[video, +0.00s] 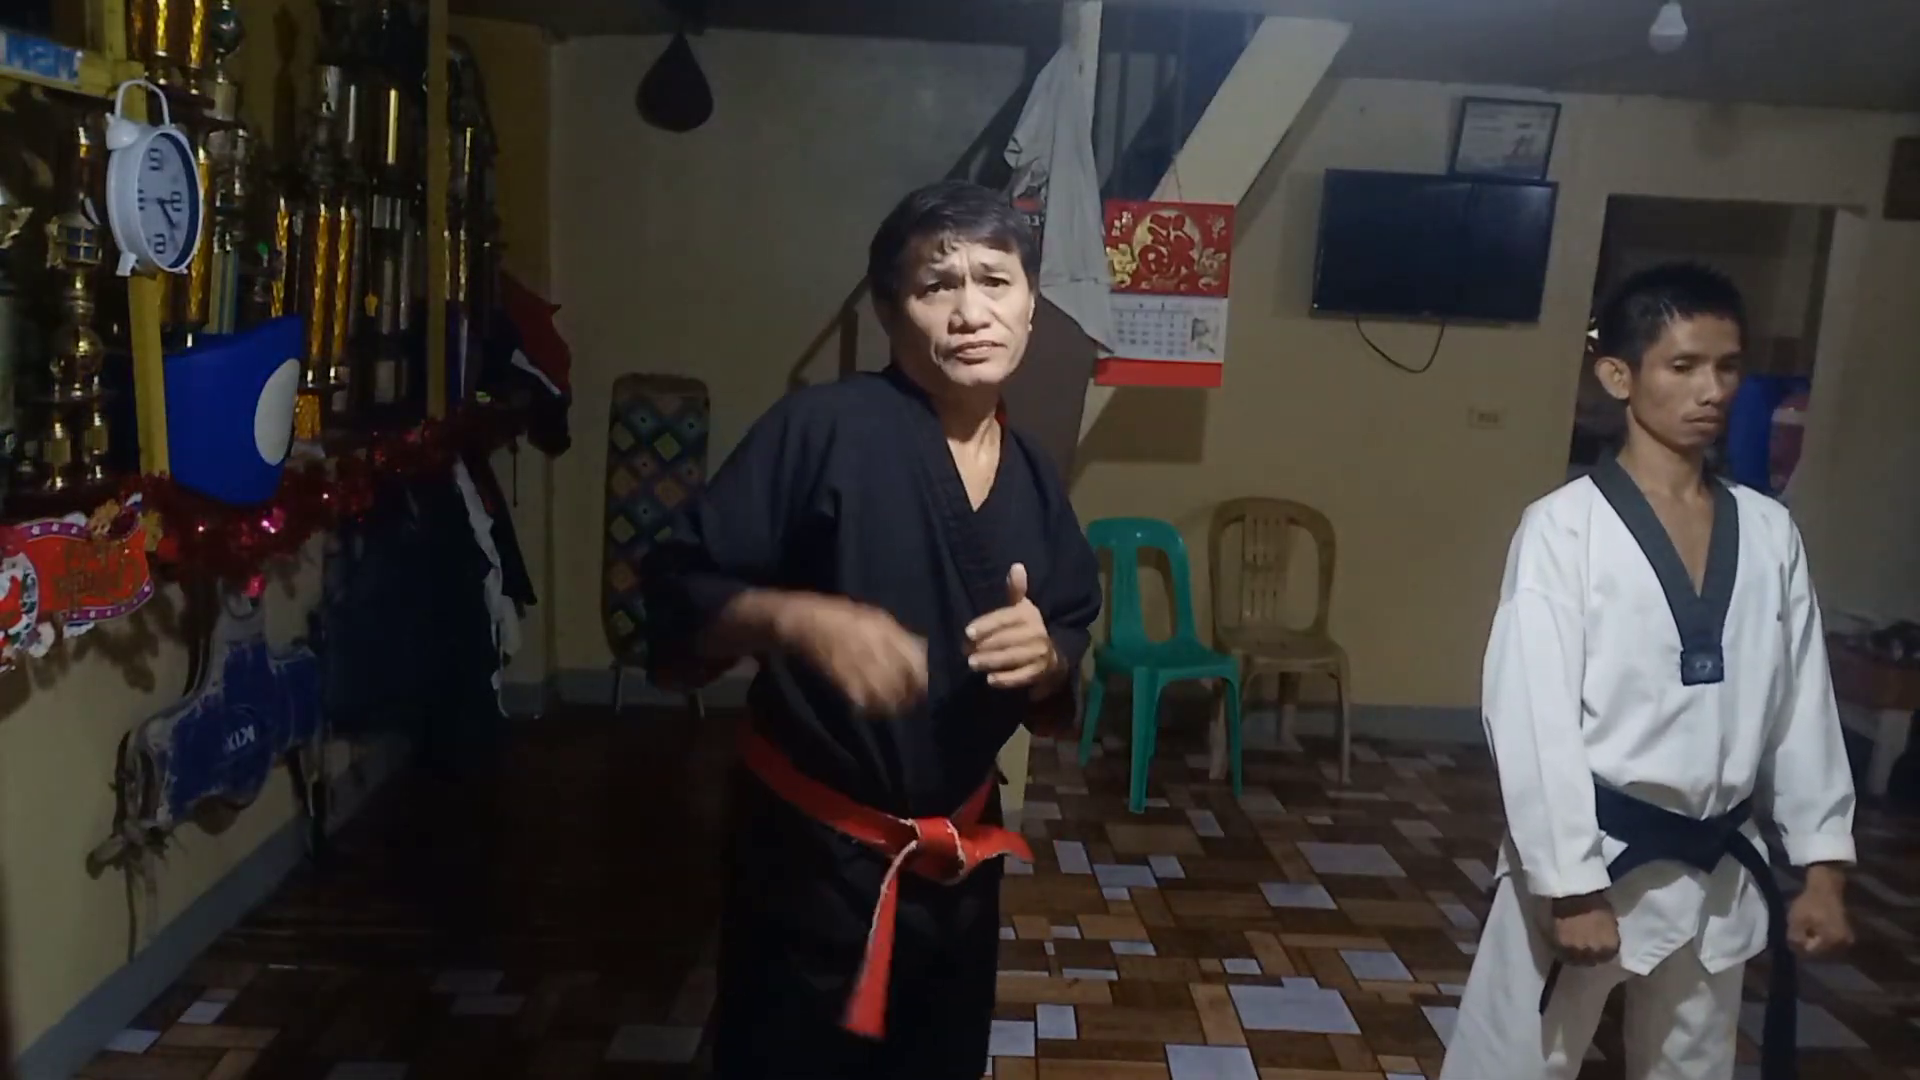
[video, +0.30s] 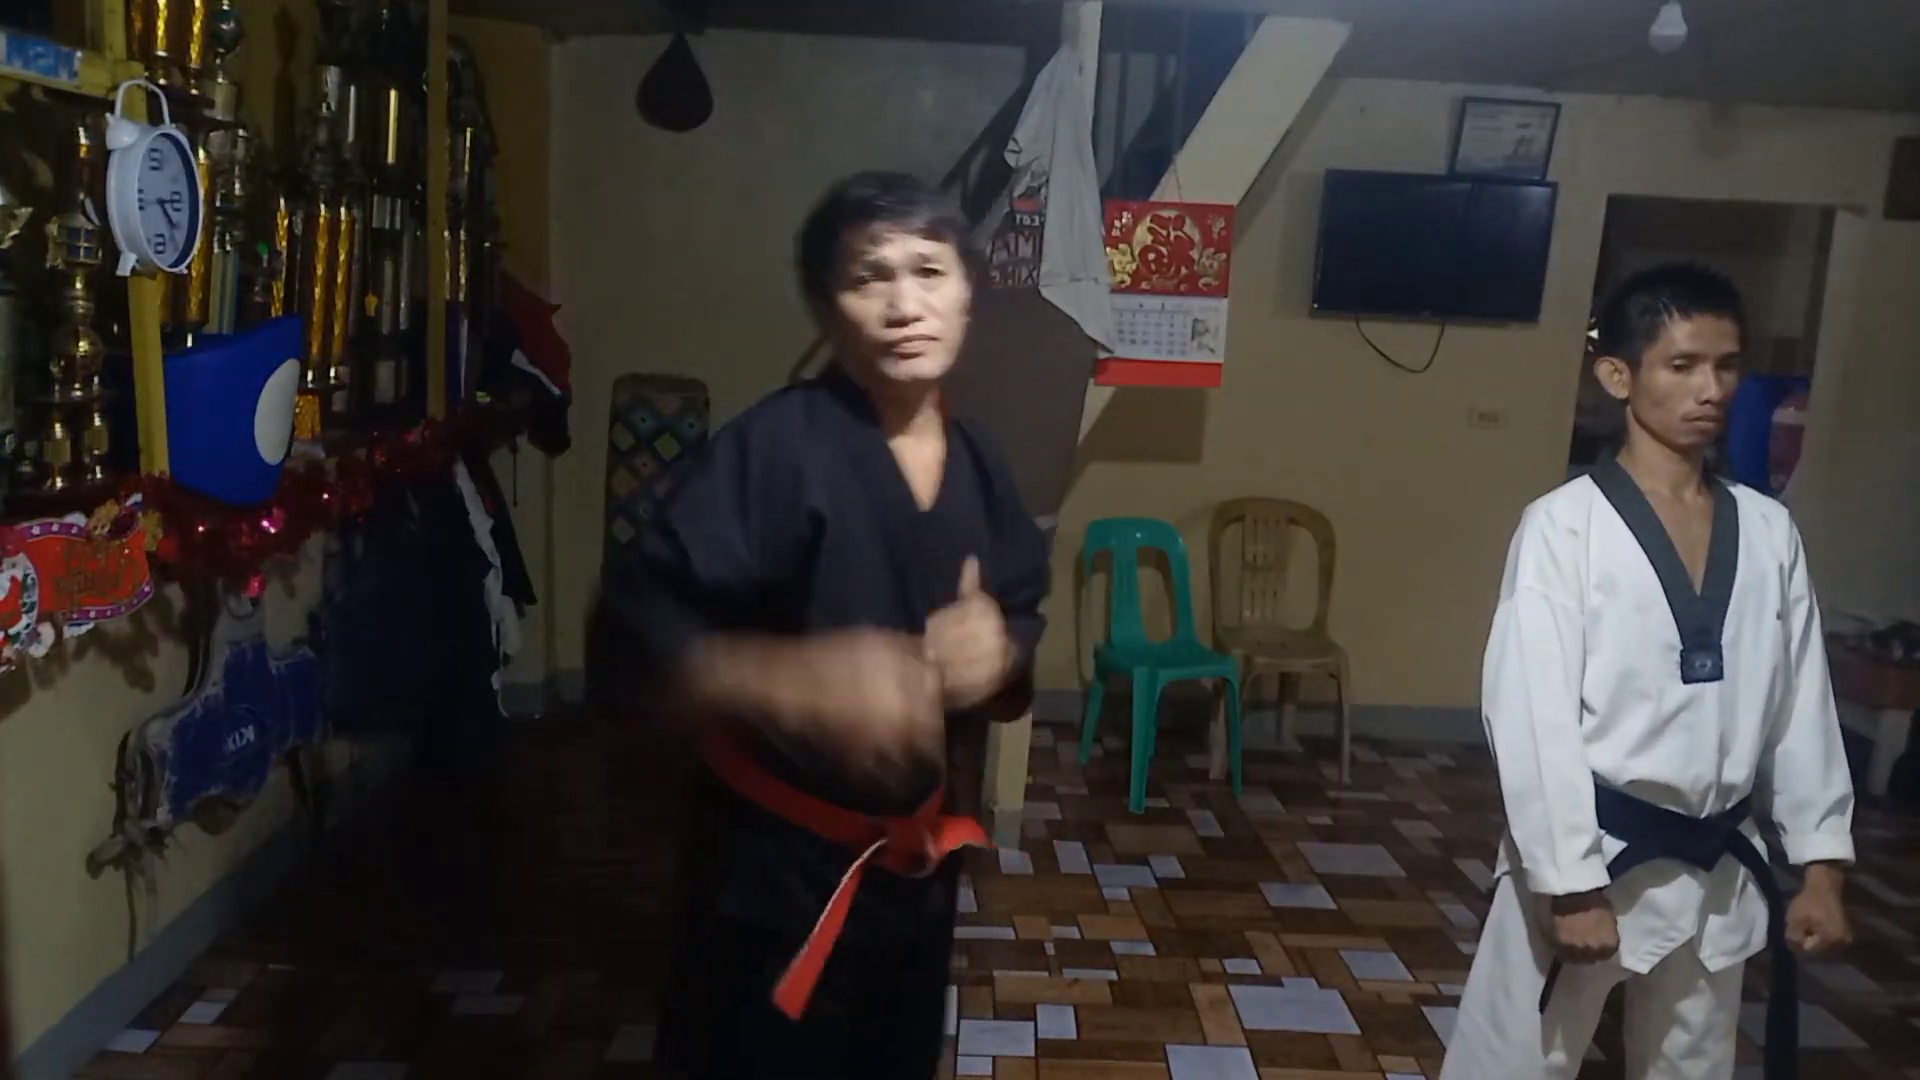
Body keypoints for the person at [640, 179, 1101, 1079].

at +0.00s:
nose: (972, 313)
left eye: (996, 282)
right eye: (937, 287)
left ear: (1032, 304)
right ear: (890, 314)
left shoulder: (1027, 469)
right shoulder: (818, 431)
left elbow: (1069, 635)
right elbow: (671, 593)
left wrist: (1045, 652)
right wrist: (798, 618)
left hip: (958, 852)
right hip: (815, 844)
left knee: (944, 1063)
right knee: (789, 1063)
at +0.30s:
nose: (905, 303)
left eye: (930, 272)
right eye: (869, 279)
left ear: (969, 293)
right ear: (825, 309)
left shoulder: (973, 456)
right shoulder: (770, 449)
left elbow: (1019, 630)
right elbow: (631, 641)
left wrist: (992, 651)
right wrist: (807, 679)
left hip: (916, 862)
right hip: (775, 859)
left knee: (897, 1063)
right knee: (752, 1065)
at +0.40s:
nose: (852, 320)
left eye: (874, 284)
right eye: (812, 296)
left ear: (910, 296)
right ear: (764, 326)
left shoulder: (949, 460)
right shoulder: (719, 488)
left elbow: (1000, 614)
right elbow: (696, 748)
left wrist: (938, 648)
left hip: (892, 861)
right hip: (743, 868)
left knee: (893, 1062)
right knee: (744, 1065)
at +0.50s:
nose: (873, 325)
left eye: (885, 290)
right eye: (833, 299)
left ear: (905, 288)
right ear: (753, 316)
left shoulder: (927, 444)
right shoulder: (696, 474)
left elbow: (997, 643)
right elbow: (675, 717)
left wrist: (973, 562)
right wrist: (828, 838)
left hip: (891, 835)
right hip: (736, 845)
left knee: (892, 1059)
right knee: (738, 1062)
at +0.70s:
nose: (871, 322)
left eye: (889, 290)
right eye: (834, 299)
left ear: (918, 307)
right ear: (784, 329)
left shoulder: (961, 464)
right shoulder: (730, 479)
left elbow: (996, 625)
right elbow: (651, 684)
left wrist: (1046, 655)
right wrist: (753, 811)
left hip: (909, 852)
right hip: (766, 855)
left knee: (877, 1058)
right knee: (755, 1064)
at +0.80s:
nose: (895, 338)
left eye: (915, 306)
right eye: (862, 314)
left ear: (948, 321)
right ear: (824, 341)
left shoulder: (980, 475)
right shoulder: (776, 475)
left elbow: (1019, 612)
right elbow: (689, 657)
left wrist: (1002, 679)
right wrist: (784, 778)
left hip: (916, 832)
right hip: (783, 834)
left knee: (885, 1052)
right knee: (770, 1058)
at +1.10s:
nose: (910, 326)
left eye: (929, 298)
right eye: (879, 303)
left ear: (956, 317)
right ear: (837, 331)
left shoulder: (968, 464)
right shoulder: (793, 448)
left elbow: (1007, 658)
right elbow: (715, 631)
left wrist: (1008, 596)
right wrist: (855, 718)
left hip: (907, 803)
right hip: (785, 798)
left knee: (883, 1038)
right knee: (767, 1042)